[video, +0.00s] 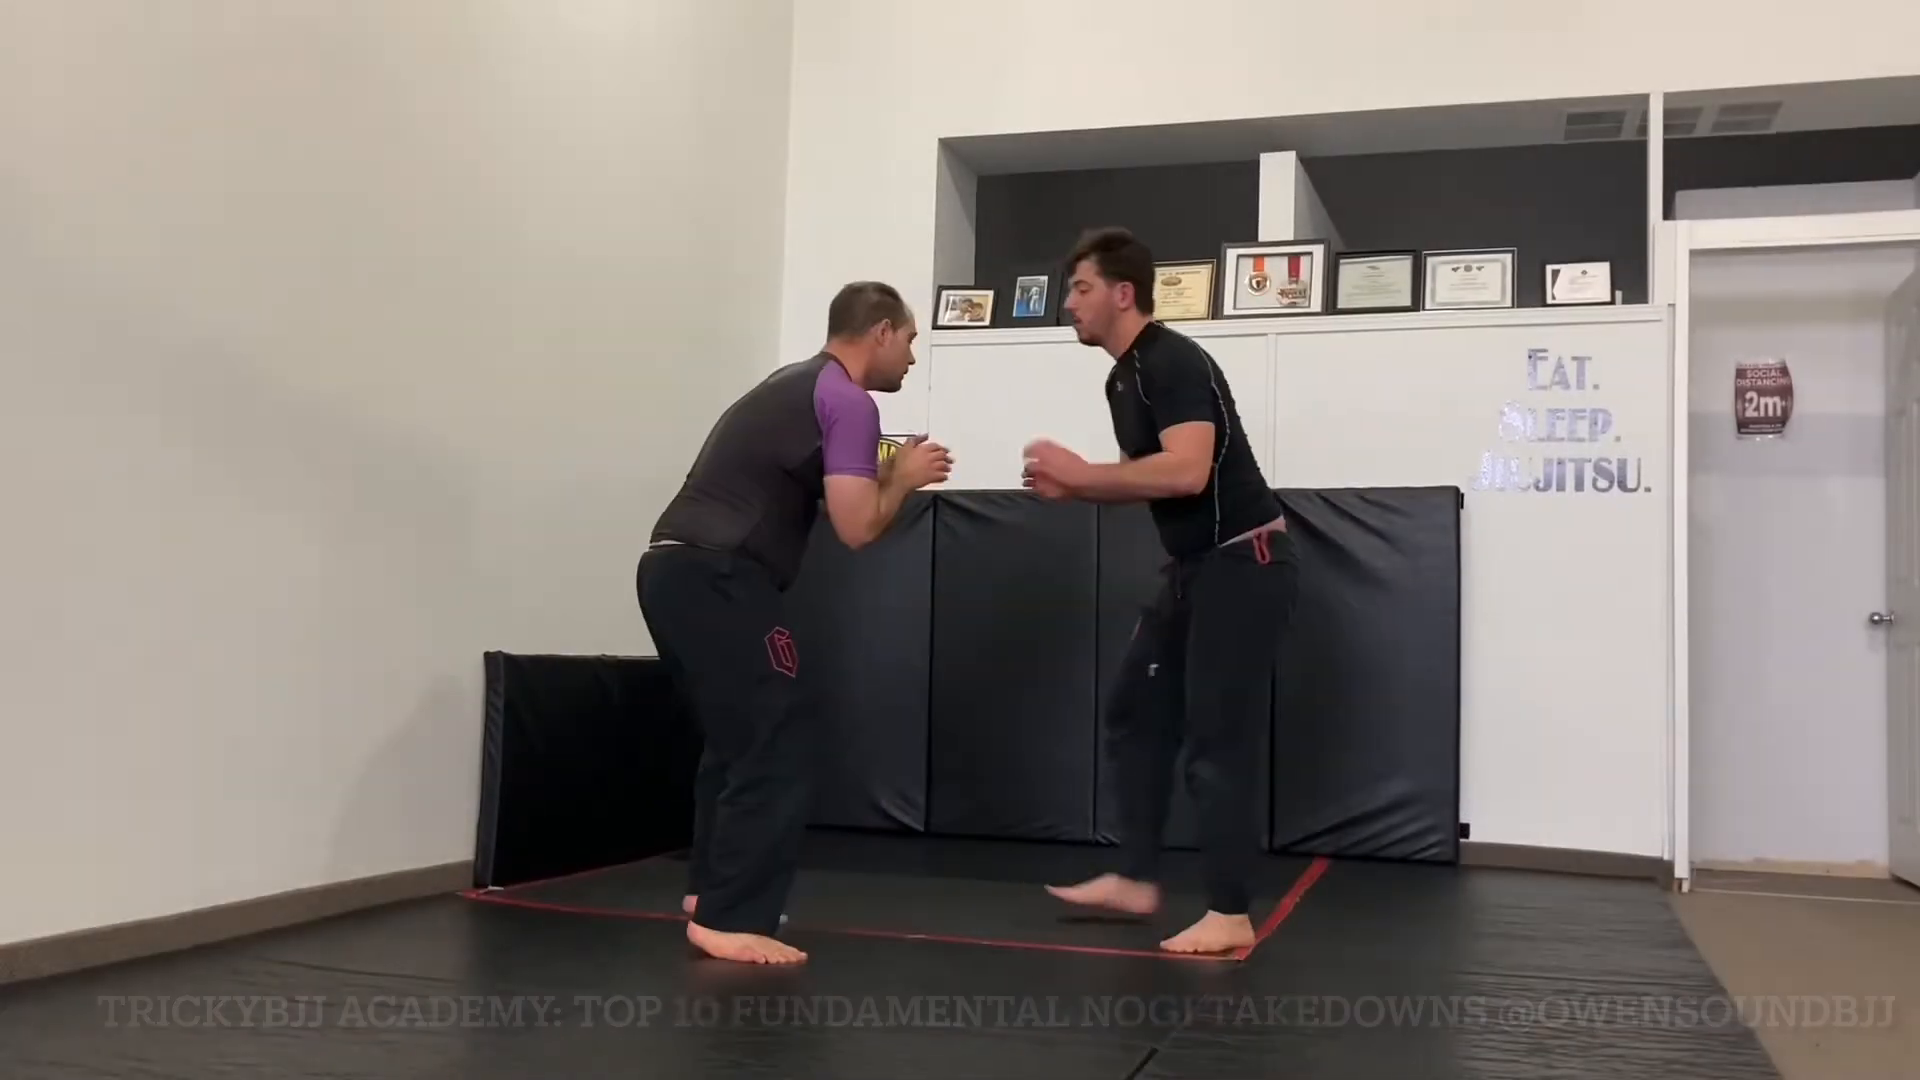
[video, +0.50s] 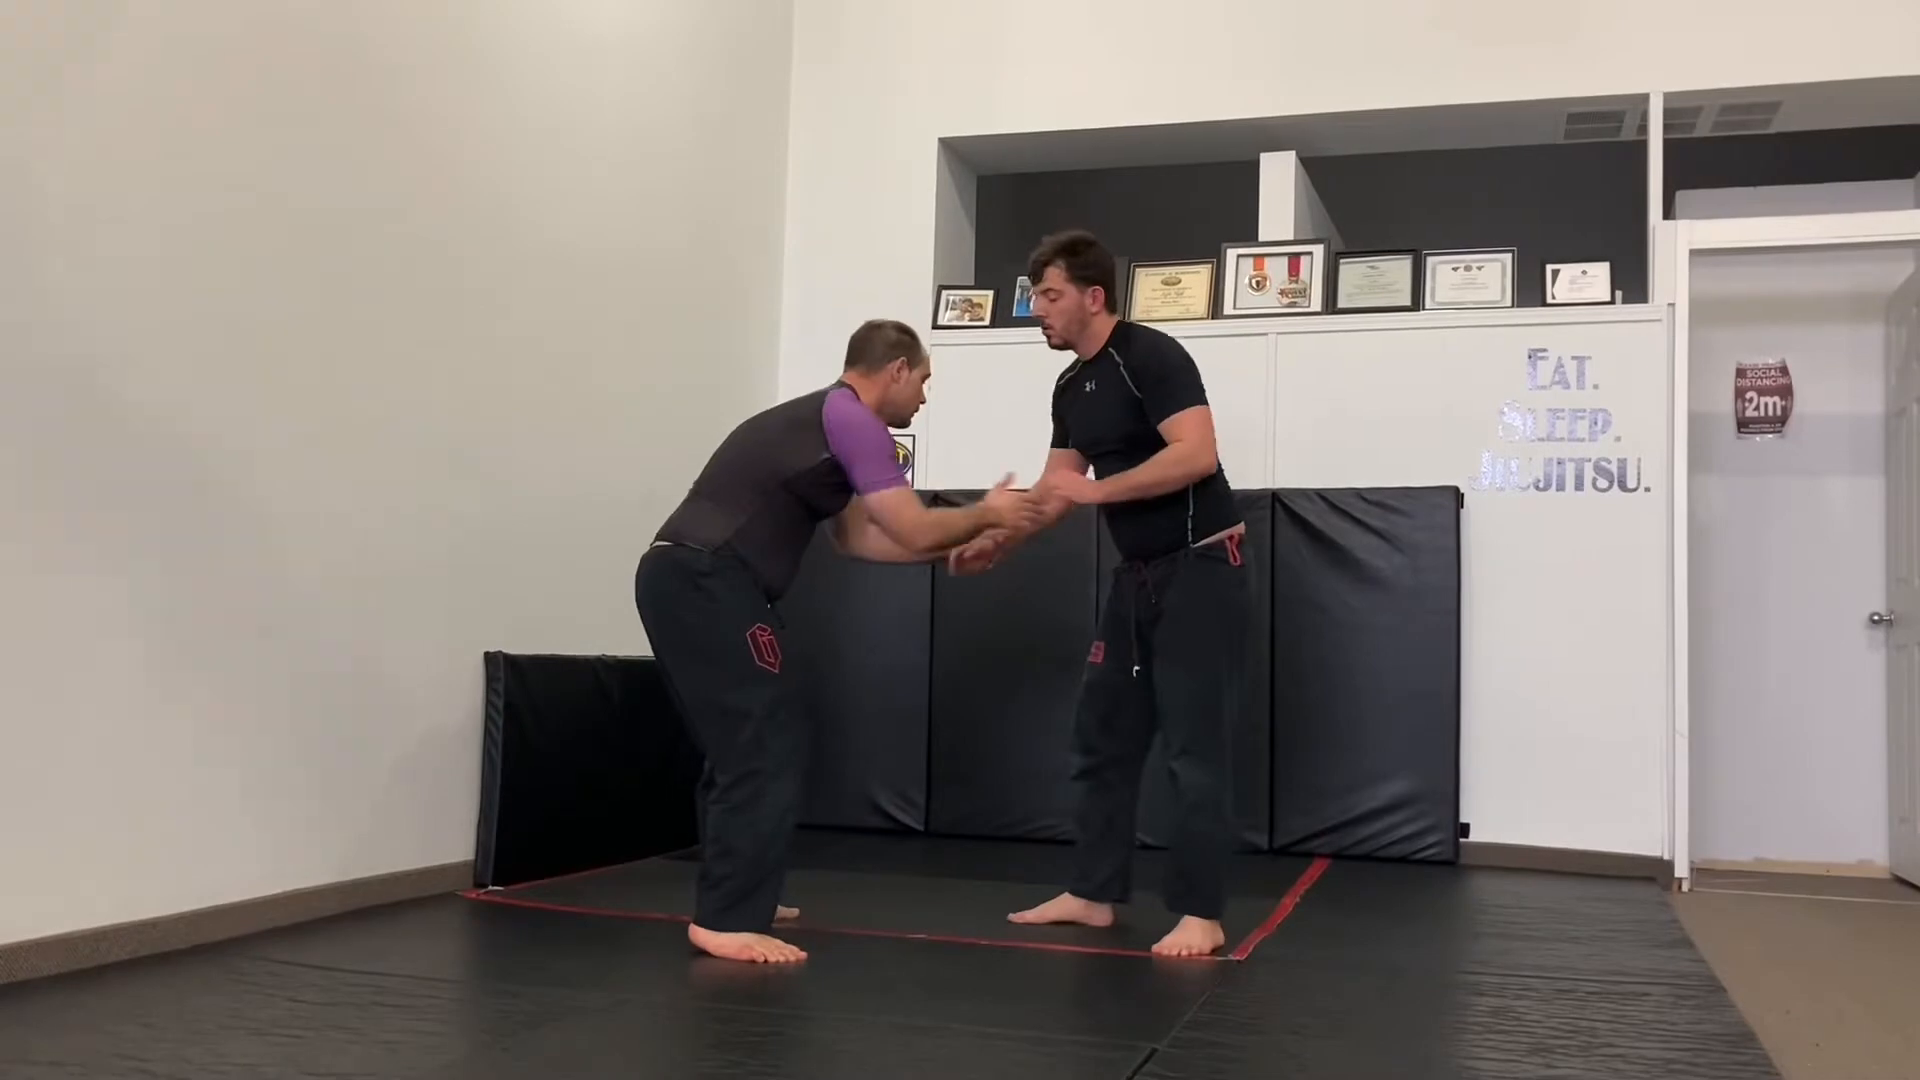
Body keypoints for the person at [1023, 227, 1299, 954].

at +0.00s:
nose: (1069, 301)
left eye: (1080, 287)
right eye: (1069, 289)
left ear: (1123, 293)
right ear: (1112, 296)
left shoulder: (1174, 360)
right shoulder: (1122, 379)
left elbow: (1190, 470)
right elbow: (1154, 477)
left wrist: (1084, 472)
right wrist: (1075, 488)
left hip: (1245, 563)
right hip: (1194, 567)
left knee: (1223, 731)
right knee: (1136, 708)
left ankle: (1230, 912)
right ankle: (1134, 878)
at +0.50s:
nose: (1038, 309)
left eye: (1049, 295)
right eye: (1036, 297)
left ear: (1095, 295)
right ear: (1063, 301)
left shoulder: (1153, 353)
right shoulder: (1071, 386)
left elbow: (1198, 452)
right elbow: (1062, 487)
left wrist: (1096, 491)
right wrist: (1000, 540)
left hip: (1202, 566)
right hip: (1134, 573)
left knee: (1193, 740)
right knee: (1106, 733)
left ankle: (1202, 913)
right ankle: (1094, 893)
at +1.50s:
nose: (1051, 304)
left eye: (1063, 290)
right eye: (1044, 293)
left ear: (1107, 286)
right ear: (1044, 298)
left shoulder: (1175, 343)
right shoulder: (1061, 389)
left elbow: (1263, 426)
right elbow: (1052, 500)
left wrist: (1261, 507)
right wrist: (1008, 549)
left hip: (1204, 558)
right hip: (1125, 564)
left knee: (1197, 735)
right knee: (1098, 726)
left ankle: (1204, 915)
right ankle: (1094, 893)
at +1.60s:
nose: (1048, 301)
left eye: (1061, 286)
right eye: (1043, 290)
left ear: (1106, 284)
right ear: (1048, 297)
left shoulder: (1169, 341)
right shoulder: (1060, 384)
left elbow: (1257, 422)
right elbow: (1068, 497)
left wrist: (1255, 498)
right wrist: (1032, 557)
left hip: (1195, 561)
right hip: (1121, 568)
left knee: (1192, 737)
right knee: (1103, 726)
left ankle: (1203, 916)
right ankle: (1097, 898)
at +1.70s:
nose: (1041, 303)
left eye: (1054, 288)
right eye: (1036, 291)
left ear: (1098, 286)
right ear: (1042, 298)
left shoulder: (1158, 340)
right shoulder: (1057, 388)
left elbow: (1241, 417)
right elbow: (1092, 493)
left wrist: (1229, 495)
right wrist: (1074, 574)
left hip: (1186, 561)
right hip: (1112, 567)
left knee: (1182, 728)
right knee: (1096, 720)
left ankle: (1203, 917)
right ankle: (1092, 891)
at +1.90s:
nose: (1037, 319)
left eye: (1047, 303)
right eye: (1031, 307)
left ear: (1091, 295)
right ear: (1045, 310)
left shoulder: (1149, 341)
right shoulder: (1078, 392)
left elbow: (1196, 423)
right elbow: (1126, 484)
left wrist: (1131, 515)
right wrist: (1119, 571)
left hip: (1202, 559)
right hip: (1146, 563)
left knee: (1188, 733)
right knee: (1117, 724)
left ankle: (1201, 918)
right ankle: (1097, 886)